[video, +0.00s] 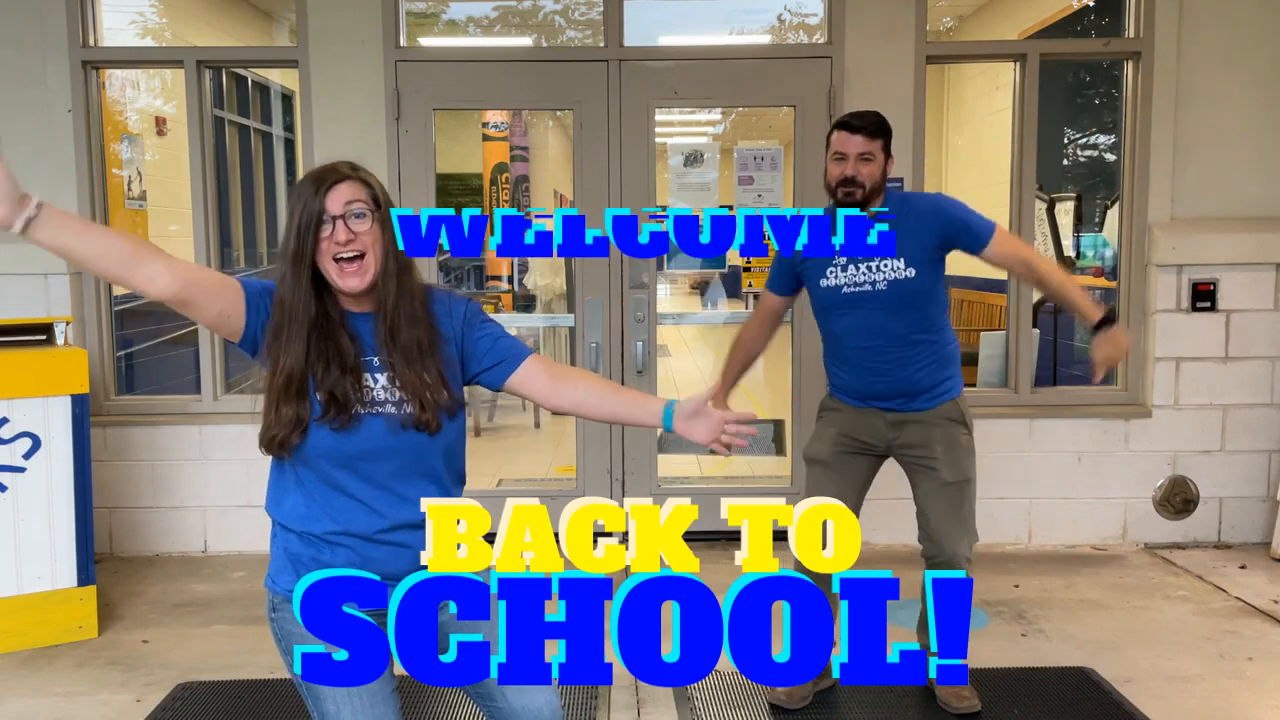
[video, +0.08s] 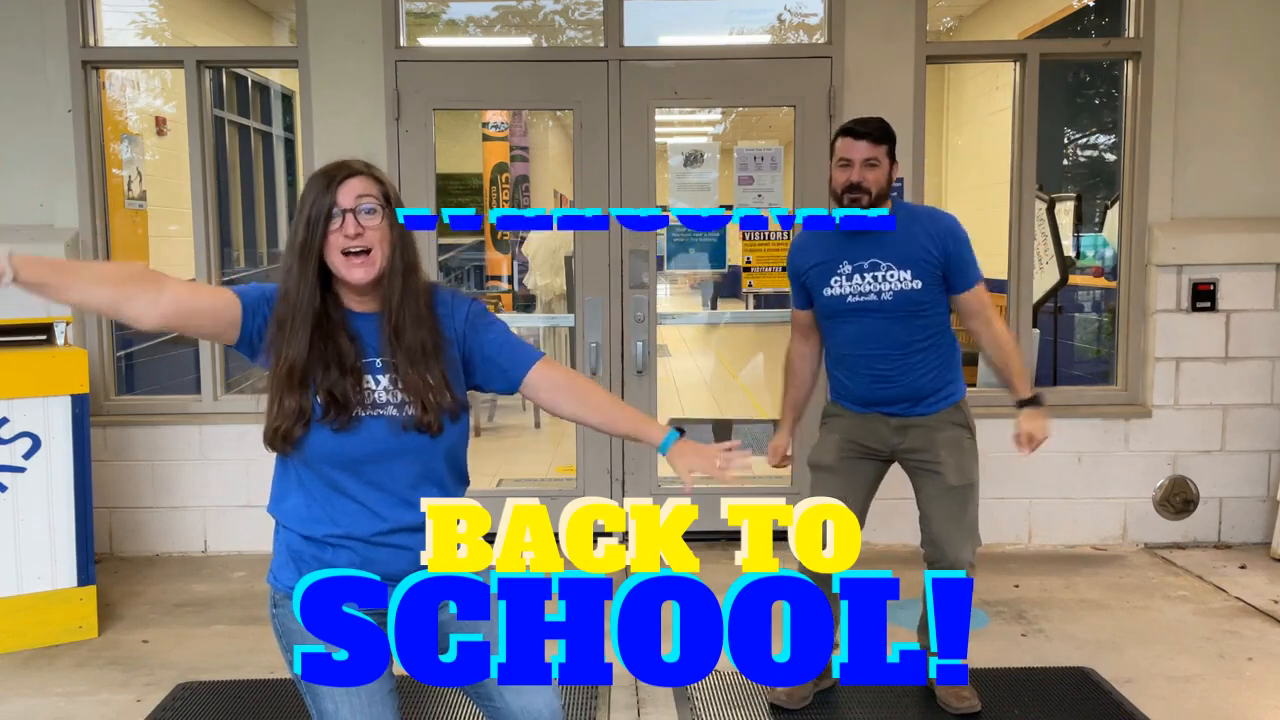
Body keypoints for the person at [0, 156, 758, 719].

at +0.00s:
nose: (347, 233)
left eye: (361, 218)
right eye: (329, 222)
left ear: (389, 232)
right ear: (307, 241)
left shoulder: (442, 317)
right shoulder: (287, 313)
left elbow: (547, 381)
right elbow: (160, 275)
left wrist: (672, 415)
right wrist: (32, 217)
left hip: (437, 567)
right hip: (324, 572)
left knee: (542, 686)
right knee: (359, 710)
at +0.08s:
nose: (355, 226)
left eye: (371, 213)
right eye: (339, 215)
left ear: (397, 232)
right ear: (317, 237)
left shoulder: (447, 319)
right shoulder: (288, 312)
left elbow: (552, 384)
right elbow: (158, 302)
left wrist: (670, 441)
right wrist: (23, 267)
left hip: (442, 564)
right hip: (326, 570)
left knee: (544, 674)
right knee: (355, 704)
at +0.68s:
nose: (517, 181)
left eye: (537, 166)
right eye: (503, 172)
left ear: (577, 184)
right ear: (489, 198)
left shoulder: (639, 298)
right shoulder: (486, 296)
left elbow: (683, 440)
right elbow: (446, 410)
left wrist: (704, 578)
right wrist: (400, 521)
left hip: (612, 565)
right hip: (479, 560)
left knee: (645, 711)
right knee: (433, 710)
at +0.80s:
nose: (554, 180)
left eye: (576, 162)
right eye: (542, 168)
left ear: (618, 182)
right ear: (532, 193)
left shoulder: (669, 287)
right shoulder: (539, 292)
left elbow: (756, 424)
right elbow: (501, 421)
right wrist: (453, 526)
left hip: (655, 569)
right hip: (535, 558)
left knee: (665, 711)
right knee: (483, 708)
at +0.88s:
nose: (580, 169)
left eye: (601, 152)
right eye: (569, 159)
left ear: (643, 169)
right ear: (558, 182)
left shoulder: (695, 277)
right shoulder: (567, 285)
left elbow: (790, 404)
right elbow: (540, 418)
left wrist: (864, 536)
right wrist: (486, 519)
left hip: (682, 564)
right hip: (571, 552)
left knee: (671, 711)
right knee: (541, 706)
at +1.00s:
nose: (619, 157)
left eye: (638, 140)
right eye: (606, 145)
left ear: (677, 156)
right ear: (594, 165)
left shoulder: (723, 260)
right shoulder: (604, 273)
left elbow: (822, 381)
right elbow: (581, 408)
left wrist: (908, 504)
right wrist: (537, 504)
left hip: (711, 556)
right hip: (621, 547)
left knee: (678, 711)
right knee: (624, 710)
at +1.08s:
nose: (652, 166)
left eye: (672, 148)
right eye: (640, 153)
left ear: (709, 168)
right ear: (627, 175)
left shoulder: (751, 270)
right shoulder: (632, 276)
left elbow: (843, 394)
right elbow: (609, 409)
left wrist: (925, 512)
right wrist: (566, 510)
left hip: (742, 558)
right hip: (659, 552)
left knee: (696, 710)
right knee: (679, 706)